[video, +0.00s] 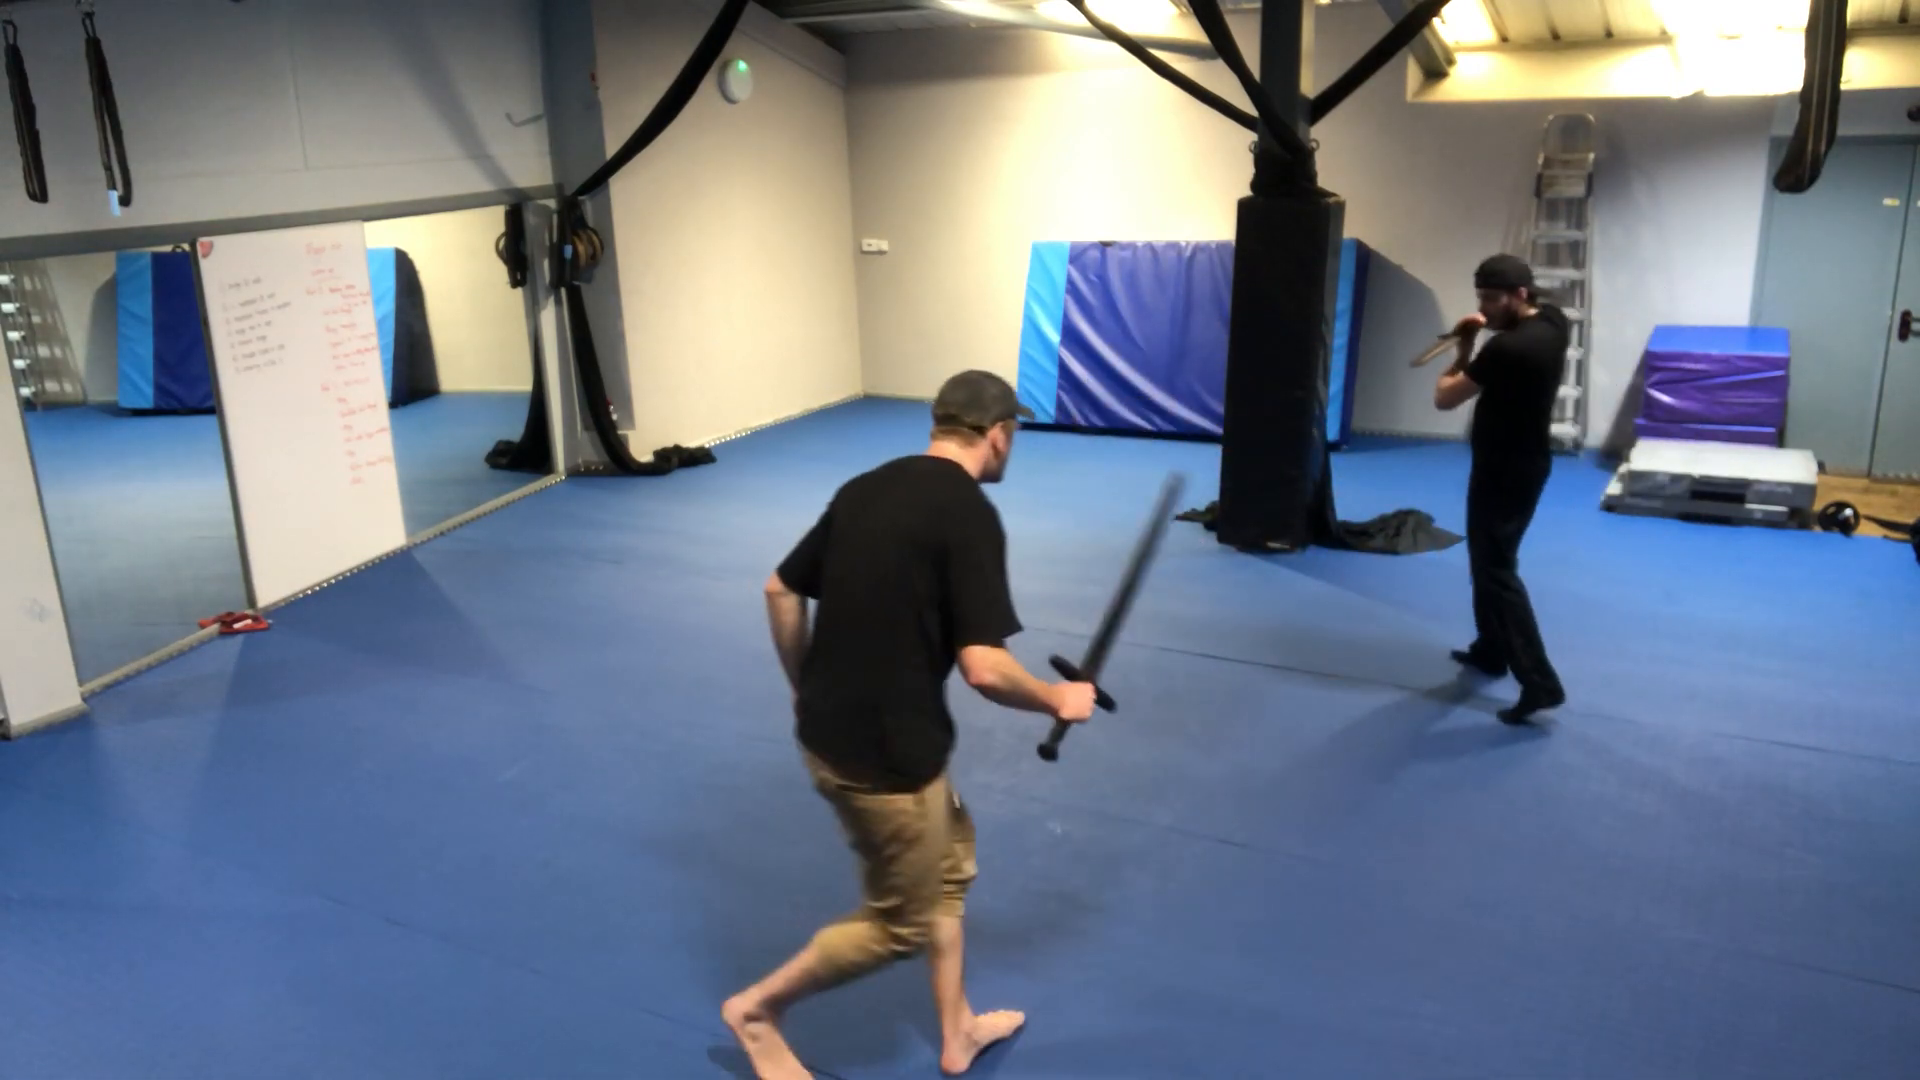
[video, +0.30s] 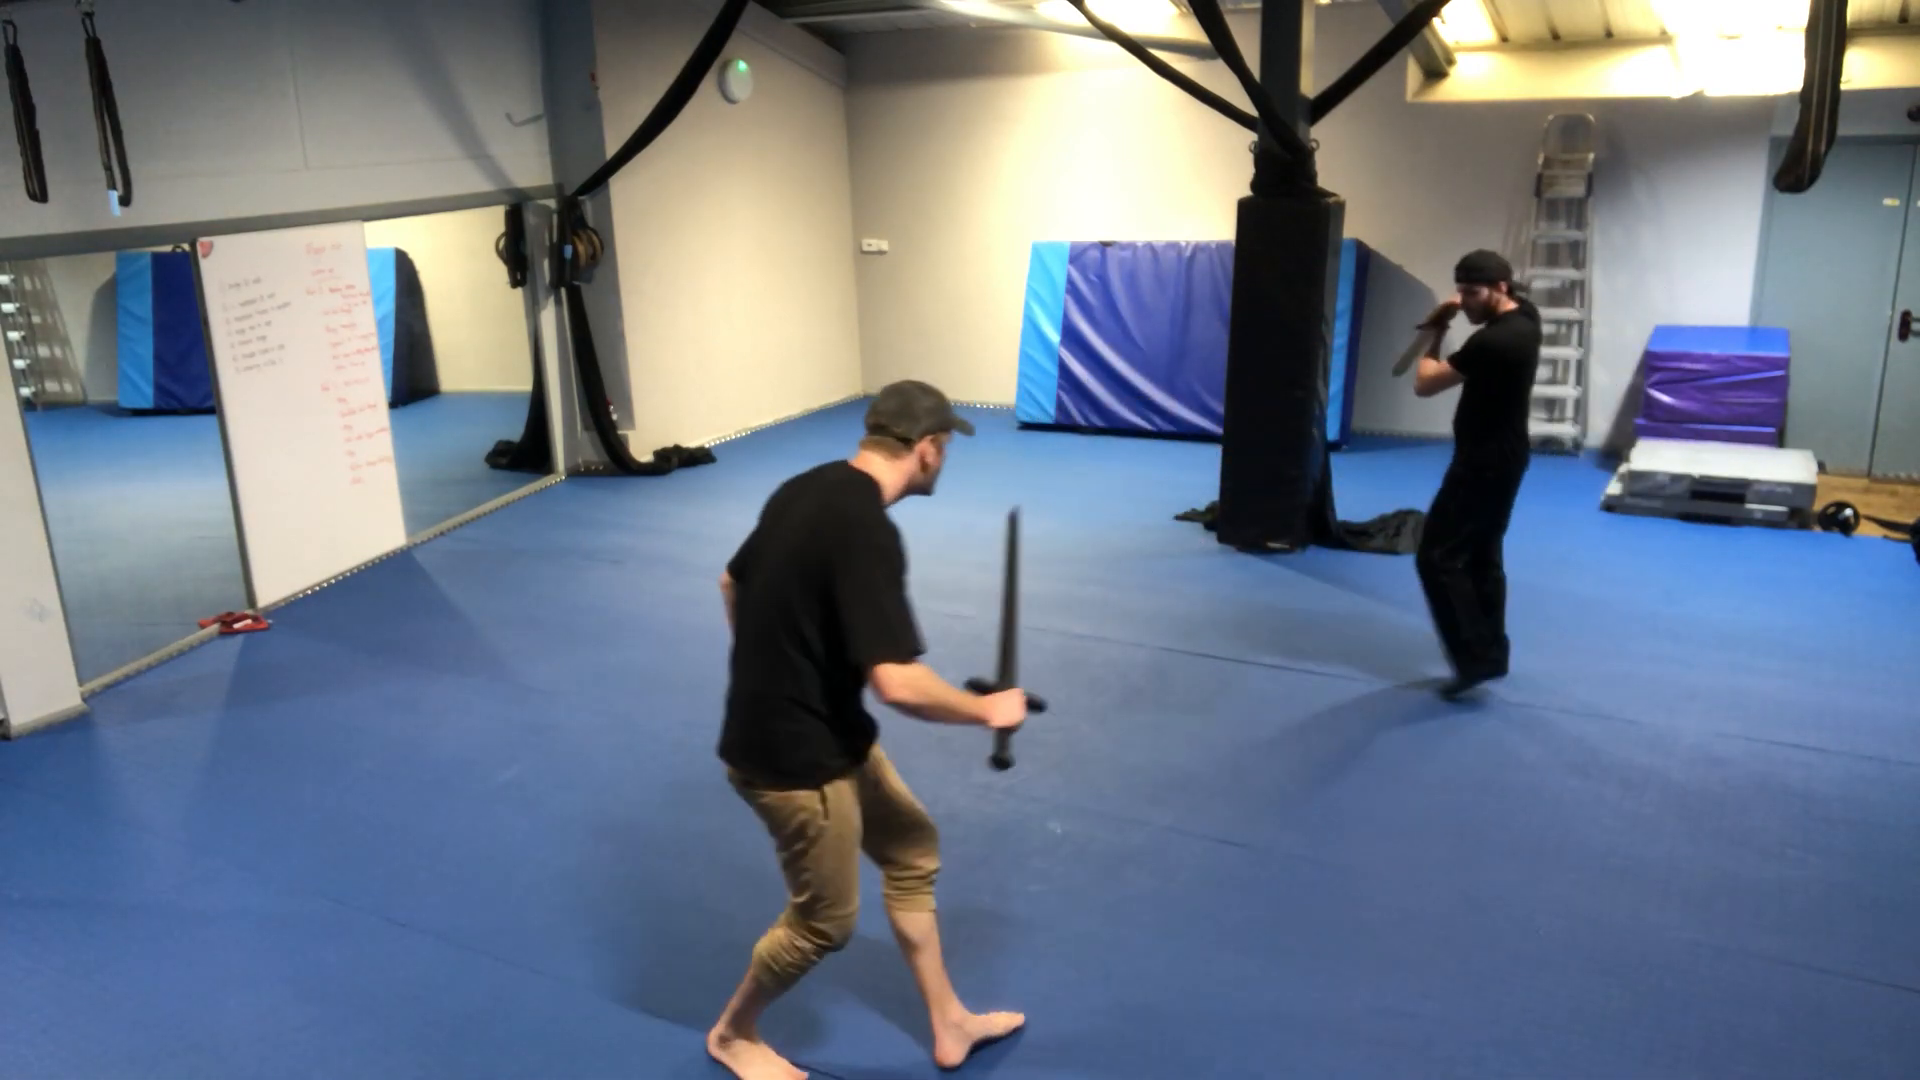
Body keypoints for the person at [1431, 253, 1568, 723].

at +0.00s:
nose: (1483, 308)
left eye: (1491, 299)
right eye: (1481, 298)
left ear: (1519, 296)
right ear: (1525, 296)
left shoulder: (1505, 347)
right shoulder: (1553, 324)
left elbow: (1445, 397)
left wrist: (1463, 353)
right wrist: (1482, 327)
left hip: (1499, 466)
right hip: (1528, 459)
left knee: (1493, 569)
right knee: (1491, 561)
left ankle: (1540, 683)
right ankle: (1492, 649)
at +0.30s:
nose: (1464, 301)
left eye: (1470, 292)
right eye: (1461, 293)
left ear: (1498, 290)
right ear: (1502, 289)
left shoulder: (1492, 340)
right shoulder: (1525, 317)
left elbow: (1424, 382)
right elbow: (1502, 290)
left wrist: (1434, 330)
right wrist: (1460, 308)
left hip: (1481, 459)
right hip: (1505, 454)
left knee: (1436, 554)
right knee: (1483, 552)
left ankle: (1472, 662)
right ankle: (1490, 654)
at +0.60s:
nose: (1432, 303)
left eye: (1439, 295)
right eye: (1432, 294)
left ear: (1466, 293)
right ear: (1471, 294)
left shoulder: (1461, 342)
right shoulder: (1495, 320)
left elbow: (1393, 379)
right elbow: (1476, 291)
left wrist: (1405, 324)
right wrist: (1435, 298)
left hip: (1455, 465)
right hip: (1480, 460)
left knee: (1411, 561)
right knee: (1466, 554)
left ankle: (1364, 658)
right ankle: (1486, 651)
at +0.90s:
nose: (1384, 306)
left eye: (1389, 298)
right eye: (1383, 298)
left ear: (1415, 297)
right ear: (1423, 296)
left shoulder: (1411, 344)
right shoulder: (1448, 323)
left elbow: (1343, 378)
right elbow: (1426, 295)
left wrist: (1360, 326)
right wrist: (1380, 299)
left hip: (1410, 467)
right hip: (1436, 460)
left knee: (1369, 564)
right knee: (1429, 552)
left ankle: (1354, 667)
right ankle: (1472, 642)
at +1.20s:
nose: (1345, 317)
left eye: (1350, 309)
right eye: (1342, 309)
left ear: (1375, 305)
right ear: (1381, 304)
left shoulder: (1371, 351)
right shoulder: (1406, 324)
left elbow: (1302, 382)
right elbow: (1378, 304)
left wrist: (1319, 327)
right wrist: (1342, 301)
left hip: (1380, 467)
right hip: (1402, 457)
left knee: (1338, 559)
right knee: (1373, 543)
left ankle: (1349, 668)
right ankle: (1376, 627)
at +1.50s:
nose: (1330, 315)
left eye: (1336, 307)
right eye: (1328, 306)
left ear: (1360, 303)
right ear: (1359, 300)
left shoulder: (1363, 349)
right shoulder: (1378, 318)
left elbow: (1290, 381)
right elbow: (1342, 279)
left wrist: (1290, 326)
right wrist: (1311, 293)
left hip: (1366, 467)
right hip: (1358, 457)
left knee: (1333, 565)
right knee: (1332, 538)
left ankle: (1350, 669)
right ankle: (1334, 617)